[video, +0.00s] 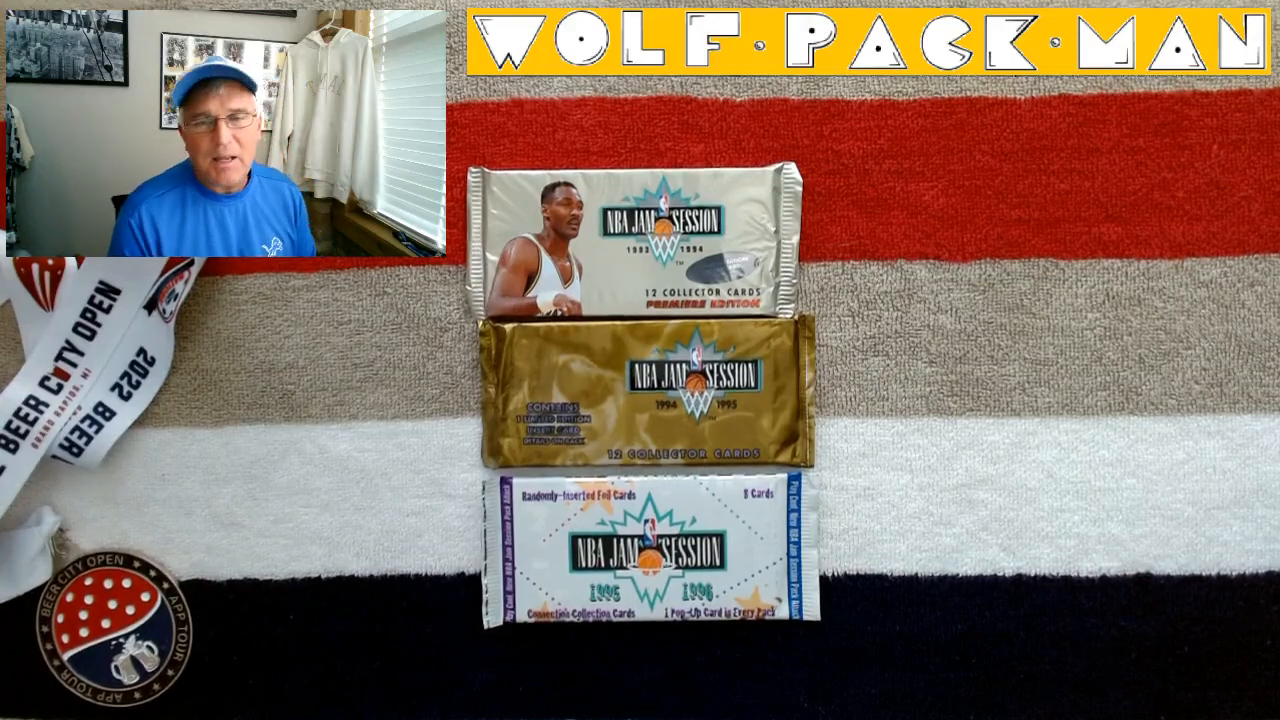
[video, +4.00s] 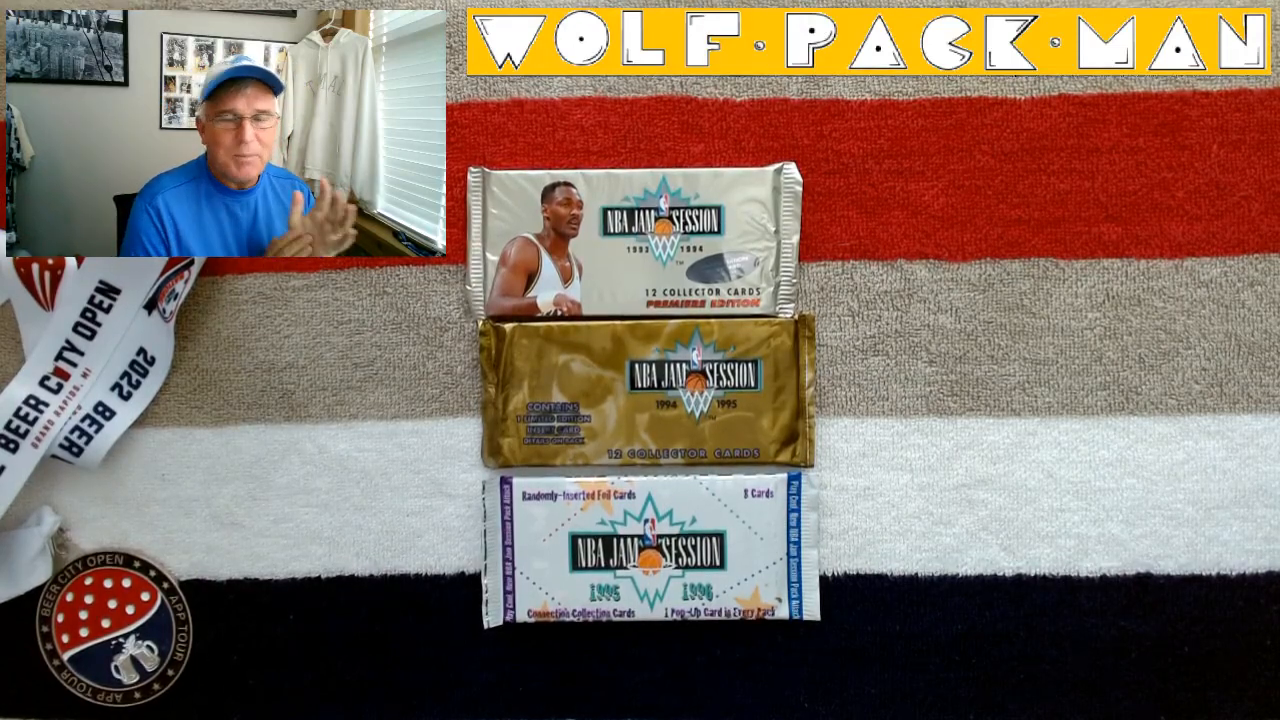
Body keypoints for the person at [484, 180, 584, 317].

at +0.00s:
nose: (576, 213)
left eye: (580, 207)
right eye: (566, 205)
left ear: (583, 211)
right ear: (546, 211)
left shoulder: (575, 266)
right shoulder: (521, 250)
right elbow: (495, 307)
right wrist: (550, 301)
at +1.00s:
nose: (576, 213)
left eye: (580, 206)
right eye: (566, 205)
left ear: (583, 211)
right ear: (545, 211)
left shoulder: (575, 265)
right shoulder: (521, 250)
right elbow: (494, 307)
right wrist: (551, 301)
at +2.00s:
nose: (576, 213)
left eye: (580, 207)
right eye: (566, 205)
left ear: (583, 211)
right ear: (545, 211)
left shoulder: (575, 265)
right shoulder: (521, 249)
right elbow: (495, 307)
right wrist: (550, 301)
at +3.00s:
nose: (576, 213)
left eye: (580, 207)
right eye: (566, 205)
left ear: (583, 211)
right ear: (545, 211)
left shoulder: (575, 266)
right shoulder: (521, 250)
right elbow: (495, 307)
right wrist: (550, 301)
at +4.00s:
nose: (576, 213)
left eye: (580, 207)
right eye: (566, 205)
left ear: (583, 211)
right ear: (545, 211)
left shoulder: (575, 266)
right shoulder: (521, 250)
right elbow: (494, 307)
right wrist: (551, 301)